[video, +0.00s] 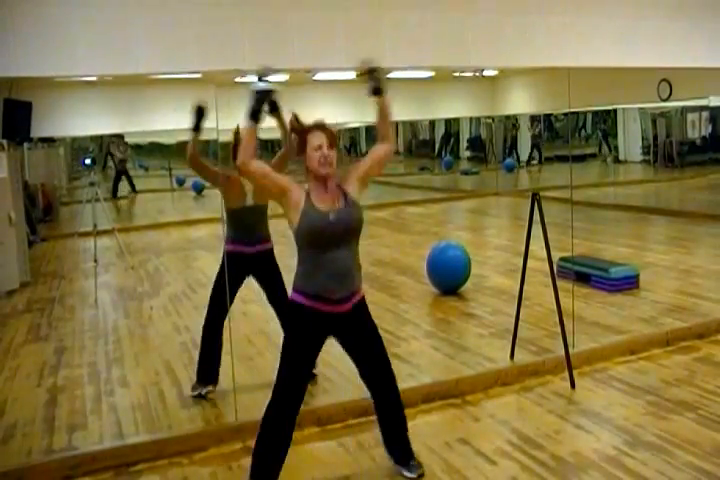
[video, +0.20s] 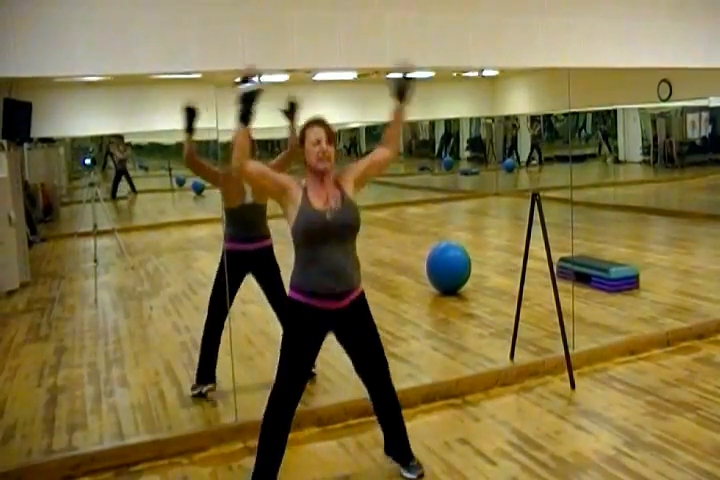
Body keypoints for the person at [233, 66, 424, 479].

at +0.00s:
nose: (324, 153)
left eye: (330, 147)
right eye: (317, 148)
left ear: (338, 154)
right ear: (304, 157)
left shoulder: (352, 184)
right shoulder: (292, 193)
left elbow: (386, 145)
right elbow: (245, 162)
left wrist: (380, 92)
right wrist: (254, 107)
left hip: (352, 308)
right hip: (308, 311)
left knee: (384, 384)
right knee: (285, 400)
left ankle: (403, 457)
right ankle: (262, 475)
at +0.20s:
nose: (322, 148)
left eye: (327, 141)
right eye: (314, 142)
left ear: (335, 147)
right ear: (302, 150)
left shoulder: (348, 181)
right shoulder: (290, 190)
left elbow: (388, 150)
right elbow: (242, 164)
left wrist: (399, 104)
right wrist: (245, 110)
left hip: (351, 303)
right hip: (307, 306)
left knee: (380, 381)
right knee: (285, 395)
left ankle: (401, 453)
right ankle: (264, 475)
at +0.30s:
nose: (322, 129)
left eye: (326, 123)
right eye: (313, 124)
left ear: (334, 130)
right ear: (299, 133)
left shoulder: (349, 167)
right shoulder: (285, 174)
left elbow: (394, 177)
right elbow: (235, 194)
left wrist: (429, 162)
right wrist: (210, 176)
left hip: (347, 282)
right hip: (304, 286)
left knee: (368, 362)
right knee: (295, 378)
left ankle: (381, 446)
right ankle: (279, 472)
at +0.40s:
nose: (321, 135)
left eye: (325, 129)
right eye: (312, 131)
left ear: (333, 135)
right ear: (298, 140)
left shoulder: (346, 179)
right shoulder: (286, 188)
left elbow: (372, 228)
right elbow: (259, 235)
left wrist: (417, 250)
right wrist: (233, 257)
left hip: (345, 288)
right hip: (304, 291)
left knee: (359, 373)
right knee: (308, 380)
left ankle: (351, 453)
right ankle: (304, 469)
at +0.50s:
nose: (321, 154)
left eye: (325, 147)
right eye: (313, 148)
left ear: (331, 153)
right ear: (298, 157)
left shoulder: (343, 197)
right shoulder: (286, 205)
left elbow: (353, 257)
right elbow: (278, 267)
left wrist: (373, 308)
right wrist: (268, 323)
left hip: (346, 314)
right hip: (305, 316)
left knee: (353, 399)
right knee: (311, 399)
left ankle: (339, 465)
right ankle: (310, 470)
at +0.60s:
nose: (318, 140)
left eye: (322, 133)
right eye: (310, 134)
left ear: (330, 139)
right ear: (296, 142)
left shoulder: (342, 183)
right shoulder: (284, 191)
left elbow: (362, 234)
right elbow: (273, 246)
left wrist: (398, 265)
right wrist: (260, 280)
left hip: (344, 294)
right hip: (302, 297)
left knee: (351, 382)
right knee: (305, 385)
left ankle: (342, 461)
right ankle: (308, 469)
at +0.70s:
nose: (317, 125)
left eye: (321, 119)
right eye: (309, 121)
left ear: (329, 125)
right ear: (294, 128)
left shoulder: (343, 166)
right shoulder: (281, 174)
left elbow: (384, 196)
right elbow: (250, 223)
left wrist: (425, 183)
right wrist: (223, 219)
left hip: (343, 277)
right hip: (301, 280)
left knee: (357, 369)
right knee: (298, 376)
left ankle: (357, 450)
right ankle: (293, 465)